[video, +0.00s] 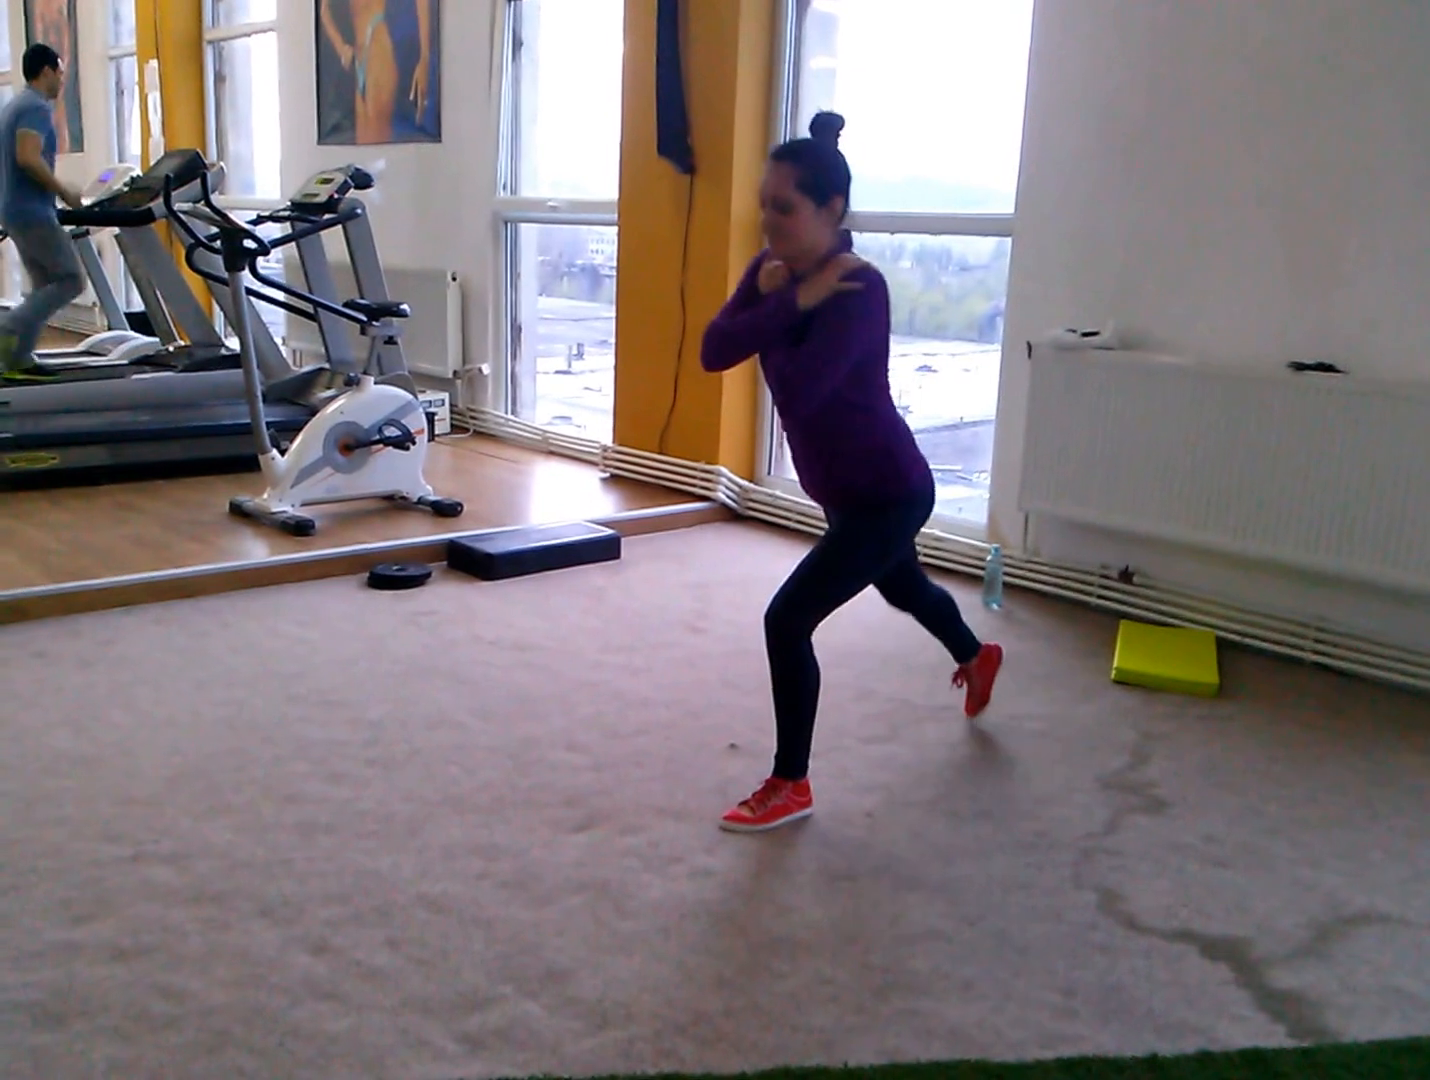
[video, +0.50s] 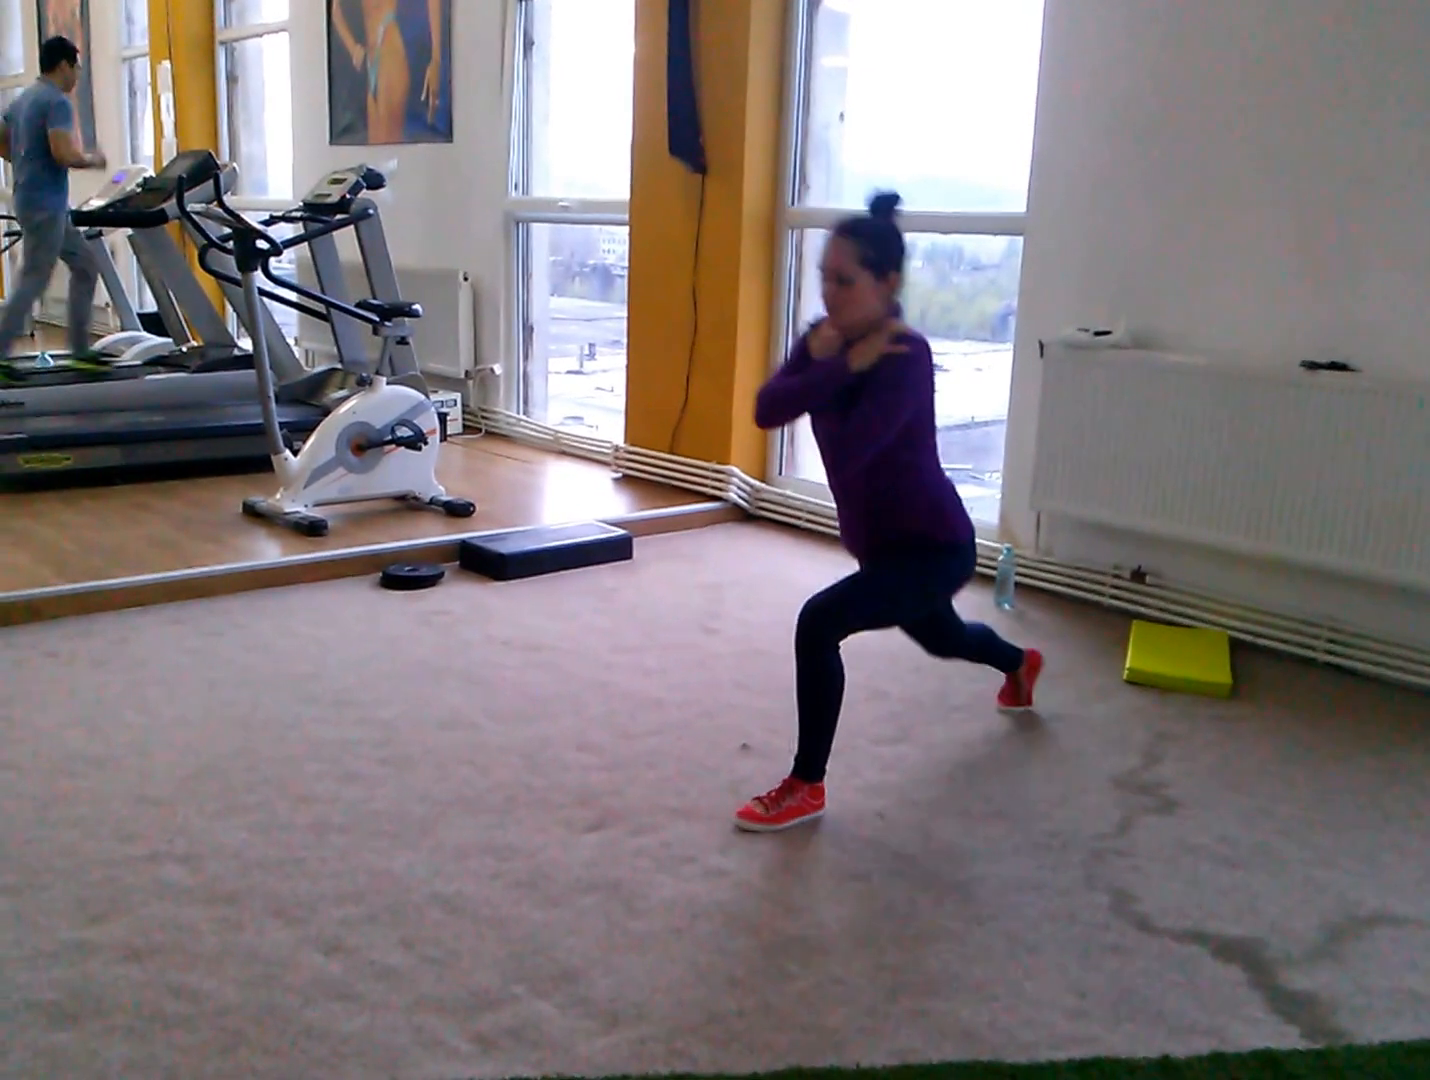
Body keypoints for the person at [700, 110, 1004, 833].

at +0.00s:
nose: (767, 220)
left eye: (782, 208)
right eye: (764, 205)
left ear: (834, 214)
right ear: (761, 207)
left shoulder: (860, 290)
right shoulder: (766, 274)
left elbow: (805, 388)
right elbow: (713, 353)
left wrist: (768, 309)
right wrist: (799, 299)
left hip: (892, 497)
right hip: (842, 493)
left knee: (787, 621)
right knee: (908, 589)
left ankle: (790, 782)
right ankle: (975, 656)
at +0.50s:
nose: (830, 293)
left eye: (845, 280)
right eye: (825, 278)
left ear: (888, 285)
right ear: (821, 280)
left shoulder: (907, 358)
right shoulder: (819, 342)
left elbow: (853, 449)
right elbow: (766, 412)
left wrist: (815, 371)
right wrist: (845, 365)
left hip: (935, 551)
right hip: (879, 549)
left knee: (818, 622)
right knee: (946, 638)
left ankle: (806, 785)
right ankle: (1020, 662)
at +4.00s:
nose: (602, 283)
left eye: (618, 269)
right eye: (600, 268)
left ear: (671, 279)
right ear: (601, 271)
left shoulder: (686, 372)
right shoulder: (603, 355)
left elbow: (593, 462)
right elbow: (518, 410)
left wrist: (591, 377)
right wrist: (608, 361)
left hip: (683, 622)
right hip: (605, 612)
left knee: (688, 819)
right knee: (502, 719)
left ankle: (821, 806)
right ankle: (547, 882)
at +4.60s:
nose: (806, 162)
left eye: (820, 145)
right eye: (801, 147)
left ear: (870, 147)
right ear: (804, 149)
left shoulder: (896, 233)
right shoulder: (815, 233)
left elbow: (808, 311)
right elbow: (732, 275)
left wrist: (799, 254)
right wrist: (821, 229)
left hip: (868, 485)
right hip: (796, 478)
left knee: (850, 663)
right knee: (726, 625)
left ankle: (863, 821)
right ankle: (817, 716)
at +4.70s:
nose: (824, 157)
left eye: (840, 143)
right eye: (821, 144)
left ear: (889, 147)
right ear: (824, 149)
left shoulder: (916, 230)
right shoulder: (835, 234)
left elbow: (837, 307)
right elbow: (755, 274)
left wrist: (822, 249)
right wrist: (840, 229)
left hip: (888, 482)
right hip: (820, 476)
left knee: (856, 656)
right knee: (781, 637)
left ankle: (860, 820)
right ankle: (888, 691)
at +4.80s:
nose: (845, 166)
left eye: (859, 151)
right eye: (841, 151)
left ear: (907, 152)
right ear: (846, 156)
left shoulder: (934, 237)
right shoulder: (850, 236)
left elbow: (857, 312)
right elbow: (773, 279)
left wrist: (841, 245)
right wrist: (859, 234)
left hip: (908, 482)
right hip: (843, 480)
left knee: (860, 649)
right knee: (841, 639)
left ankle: (860, 820)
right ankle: (943, 685)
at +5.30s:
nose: (942, 350)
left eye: (956, 339)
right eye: (938, 336)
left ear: (997, 343)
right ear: (933, 336)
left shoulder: (1013, 415)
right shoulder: (931, 396)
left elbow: (936, 473)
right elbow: (865, 429)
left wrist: (921, 417)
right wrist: (934, 396)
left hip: (971, 617)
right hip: (913, 606)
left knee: (855, 666)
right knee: (962, 731)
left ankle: (857, 825)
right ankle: (1067, 713)